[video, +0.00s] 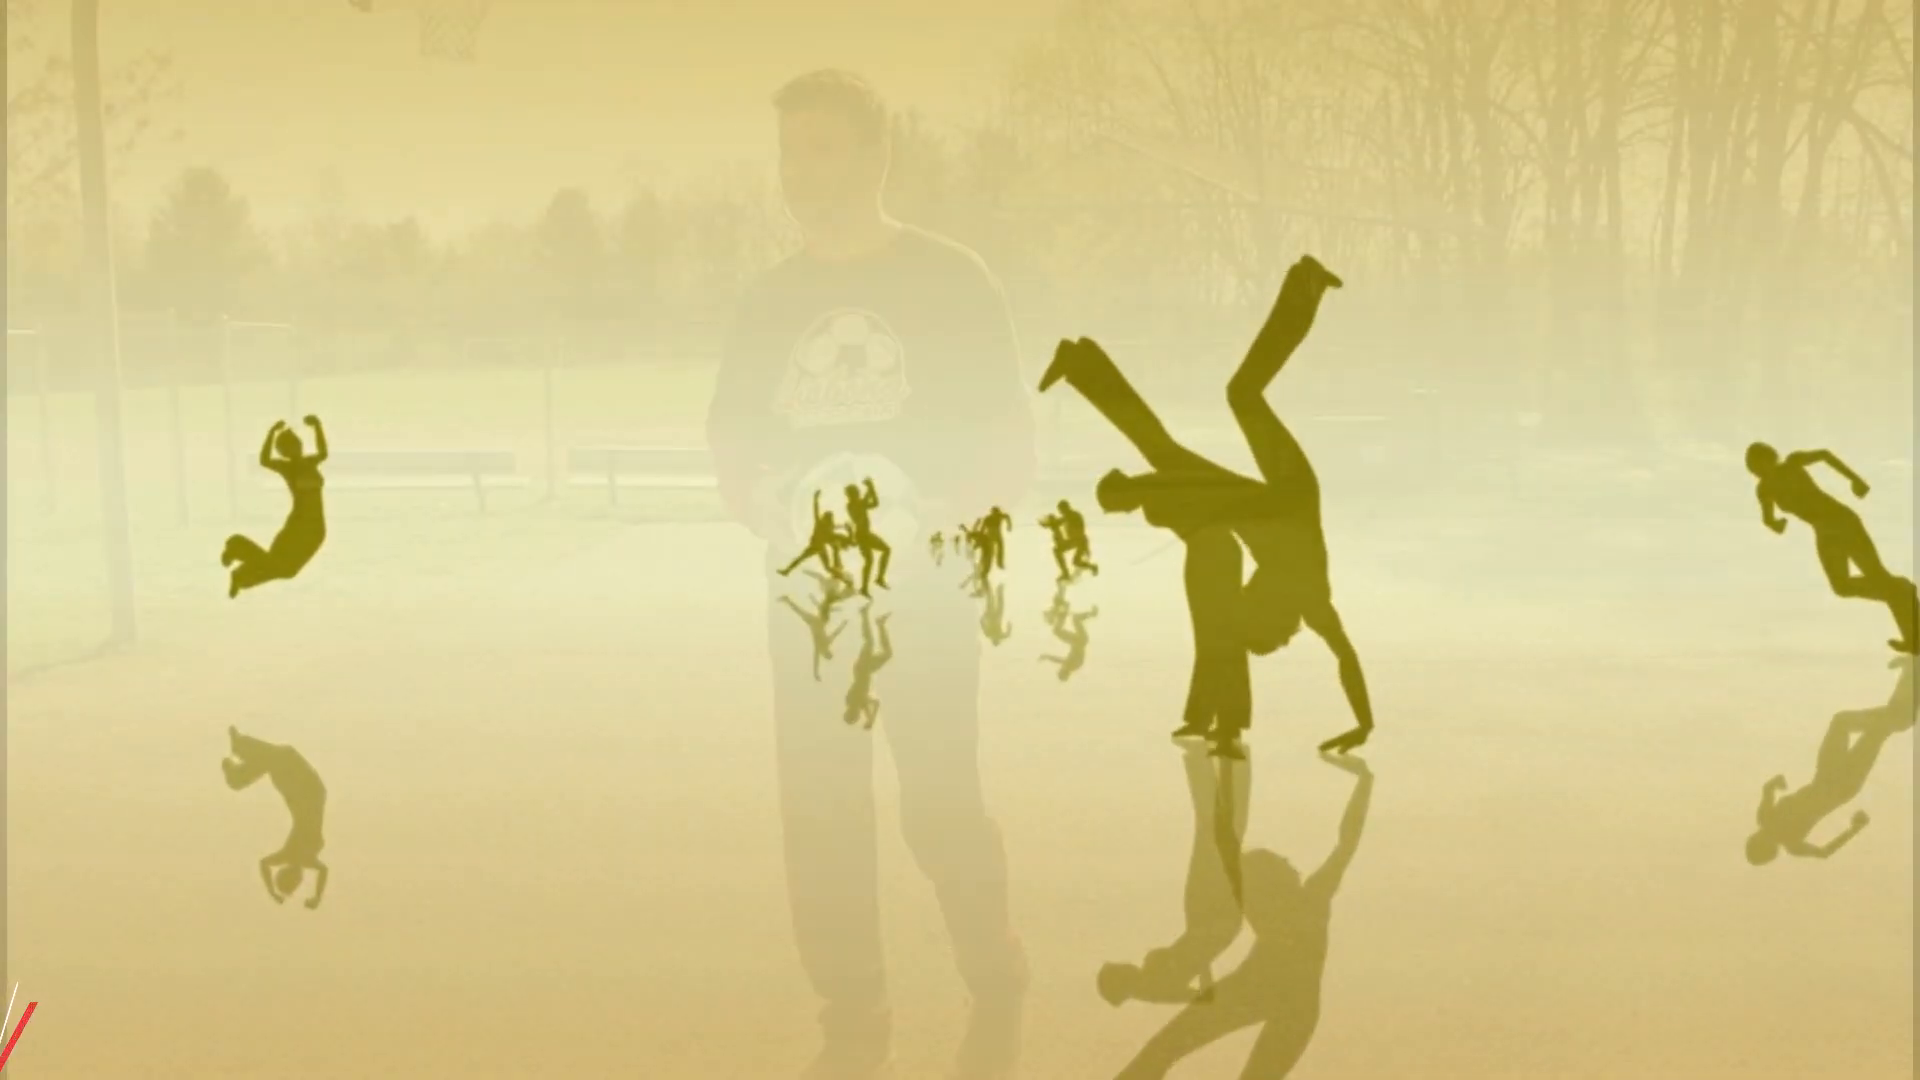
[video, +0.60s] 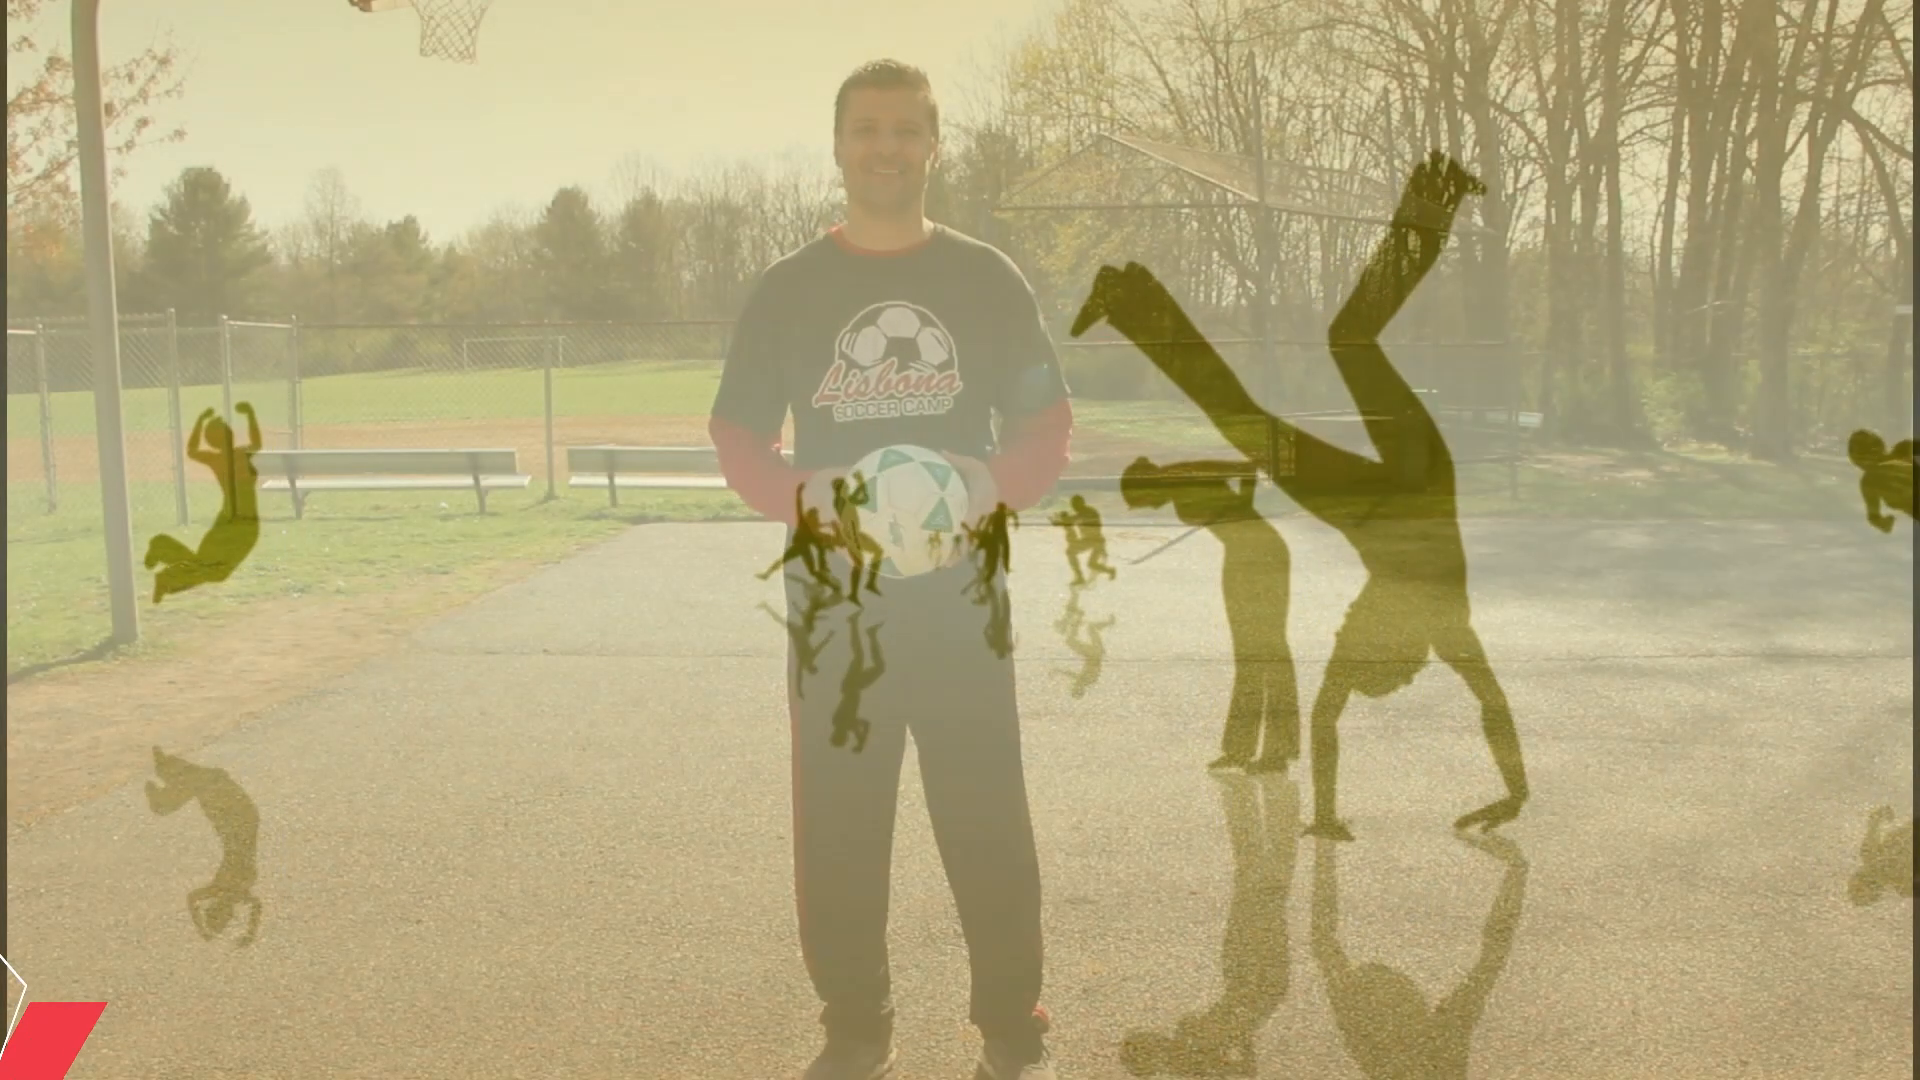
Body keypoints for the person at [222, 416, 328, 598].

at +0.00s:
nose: (295, 446)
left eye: (295, 442)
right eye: (289, 444)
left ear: (300, 442)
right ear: (284, 449)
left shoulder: (309, 463)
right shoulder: (287, 467)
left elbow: (323, 454)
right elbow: (265, 461)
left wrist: (318, 427)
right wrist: (271, 433)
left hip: (316, 524)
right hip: (298, 521)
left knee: (289, 570)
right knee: (276, 564)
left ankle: (242, 578)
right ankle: (238, 546)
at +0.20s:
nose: (274, 443)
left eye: (274, 438)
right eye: (269, 440)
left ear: (277, 439)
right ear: (262, 445)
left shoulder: (286, 461)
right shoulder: (265, 464)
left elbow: (302, 451)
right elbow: (242, 457)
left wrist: (297, 422)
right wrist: (250, 429)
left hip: (295, 524)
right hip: (276, 522)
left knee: (267, 572)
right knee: (253, 564)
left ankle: (219, 580)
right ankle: (215, 547)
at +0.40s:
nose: (251, 438)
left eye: (250, 433)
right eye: (245, 435)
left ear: (255, 435)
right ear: (239, 441)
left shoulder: (265, 458)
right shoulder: (241, 460)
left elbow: (279, 448)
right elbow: (218, 455)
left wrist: (274, 419)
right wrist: (225, 425)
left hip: (273, 525)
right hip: (253, 523)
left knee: (244, 572)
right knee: (230, 565)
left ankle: (194, 580)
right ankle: (189, 547)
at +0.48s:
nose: (234, 435)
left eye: (234, 431)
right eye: (229, 433)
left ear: (238, 433)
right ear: (223, 439)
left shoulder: (249, 456)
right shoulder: (228, 460)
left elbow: (265, 446)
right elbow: (202, 453)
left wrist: (260, 417)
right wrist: (210, 423)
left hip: (258, 526)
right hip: (238, 524)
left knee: (229, 572)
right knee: (215, 565)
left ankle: (179, 581)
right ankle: (174, 547)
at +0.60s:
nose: (215, 439)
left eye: (217, 433)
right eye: (213, 435)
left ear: (226, 432)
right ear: (211, 437)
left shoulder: (242, 453)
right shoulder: (216, 458)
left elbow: (256, 445)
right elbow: (192, 451)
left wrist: (251, 414)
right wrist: (200, 421)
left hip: (249, 524)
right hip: (228, 521)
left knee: (220, 572)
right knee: (204, 564)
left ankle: (168, 581)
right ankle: (162, 547)